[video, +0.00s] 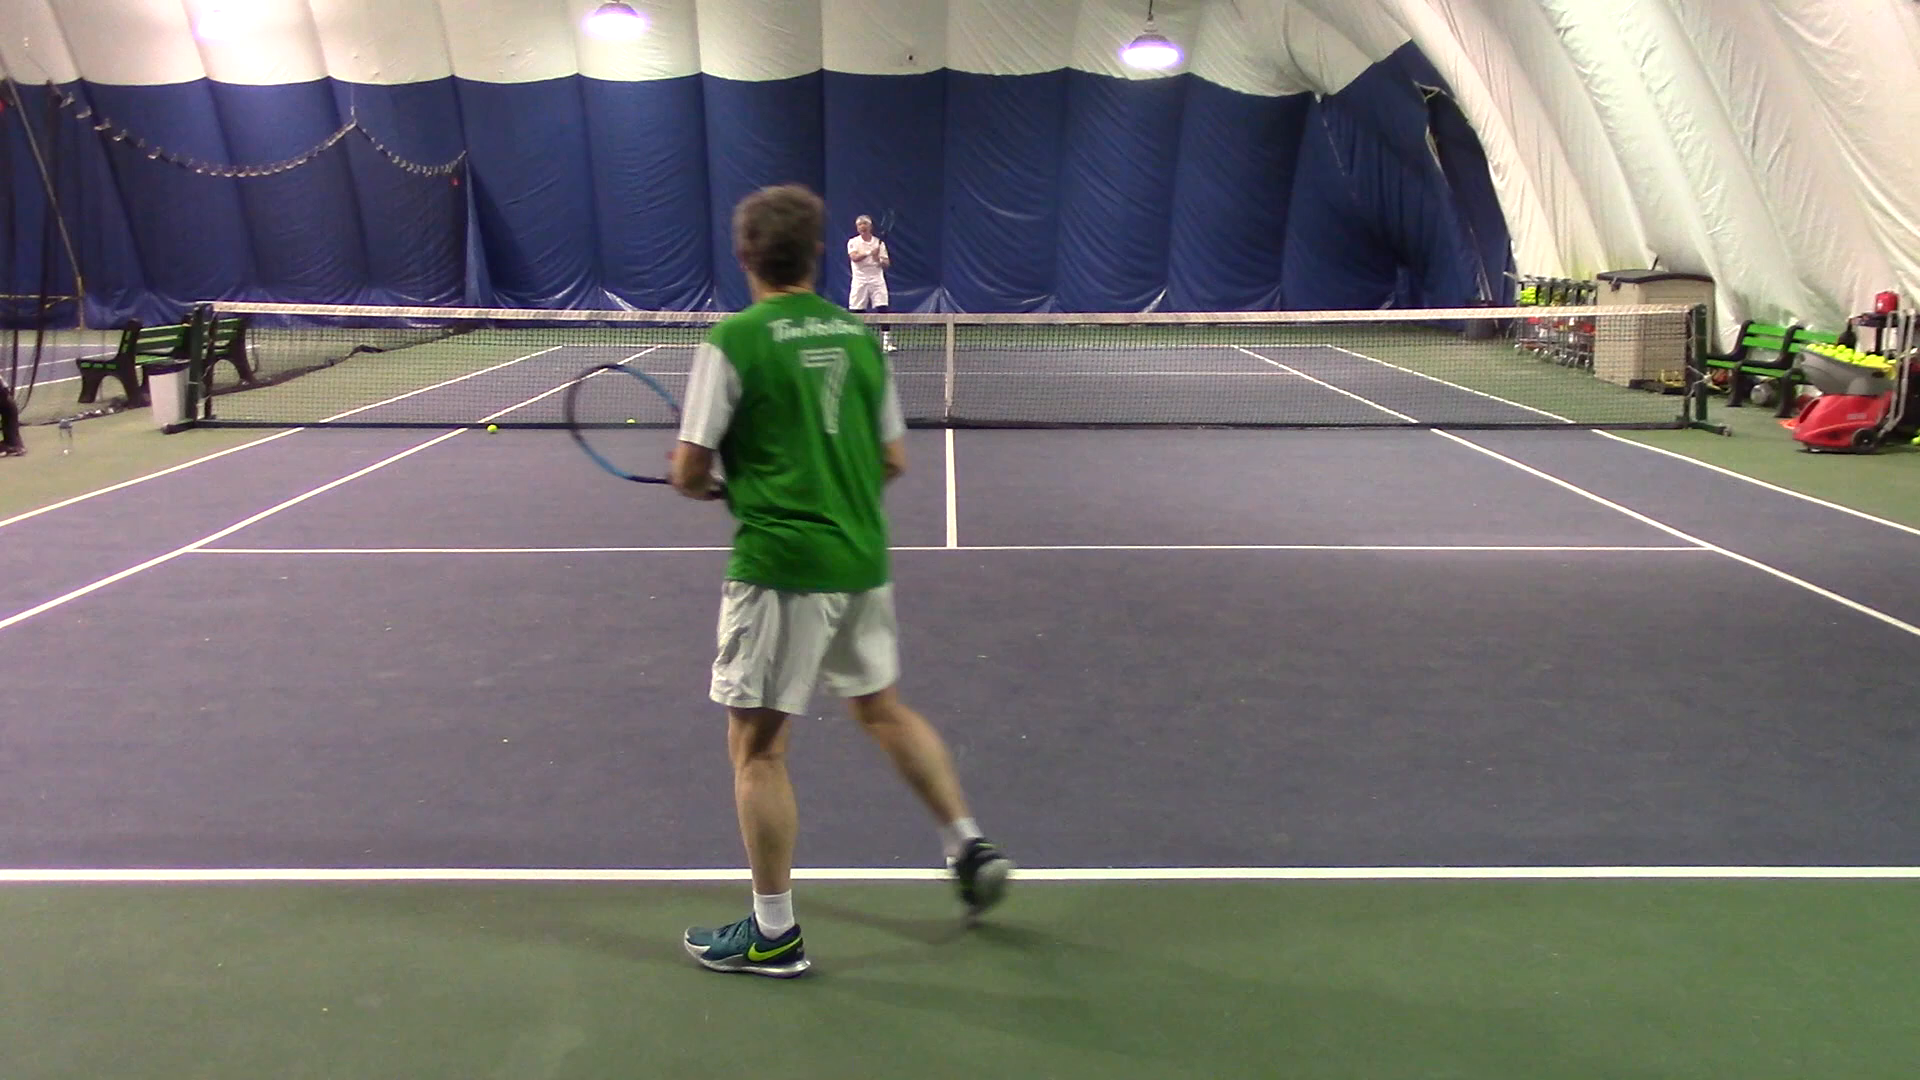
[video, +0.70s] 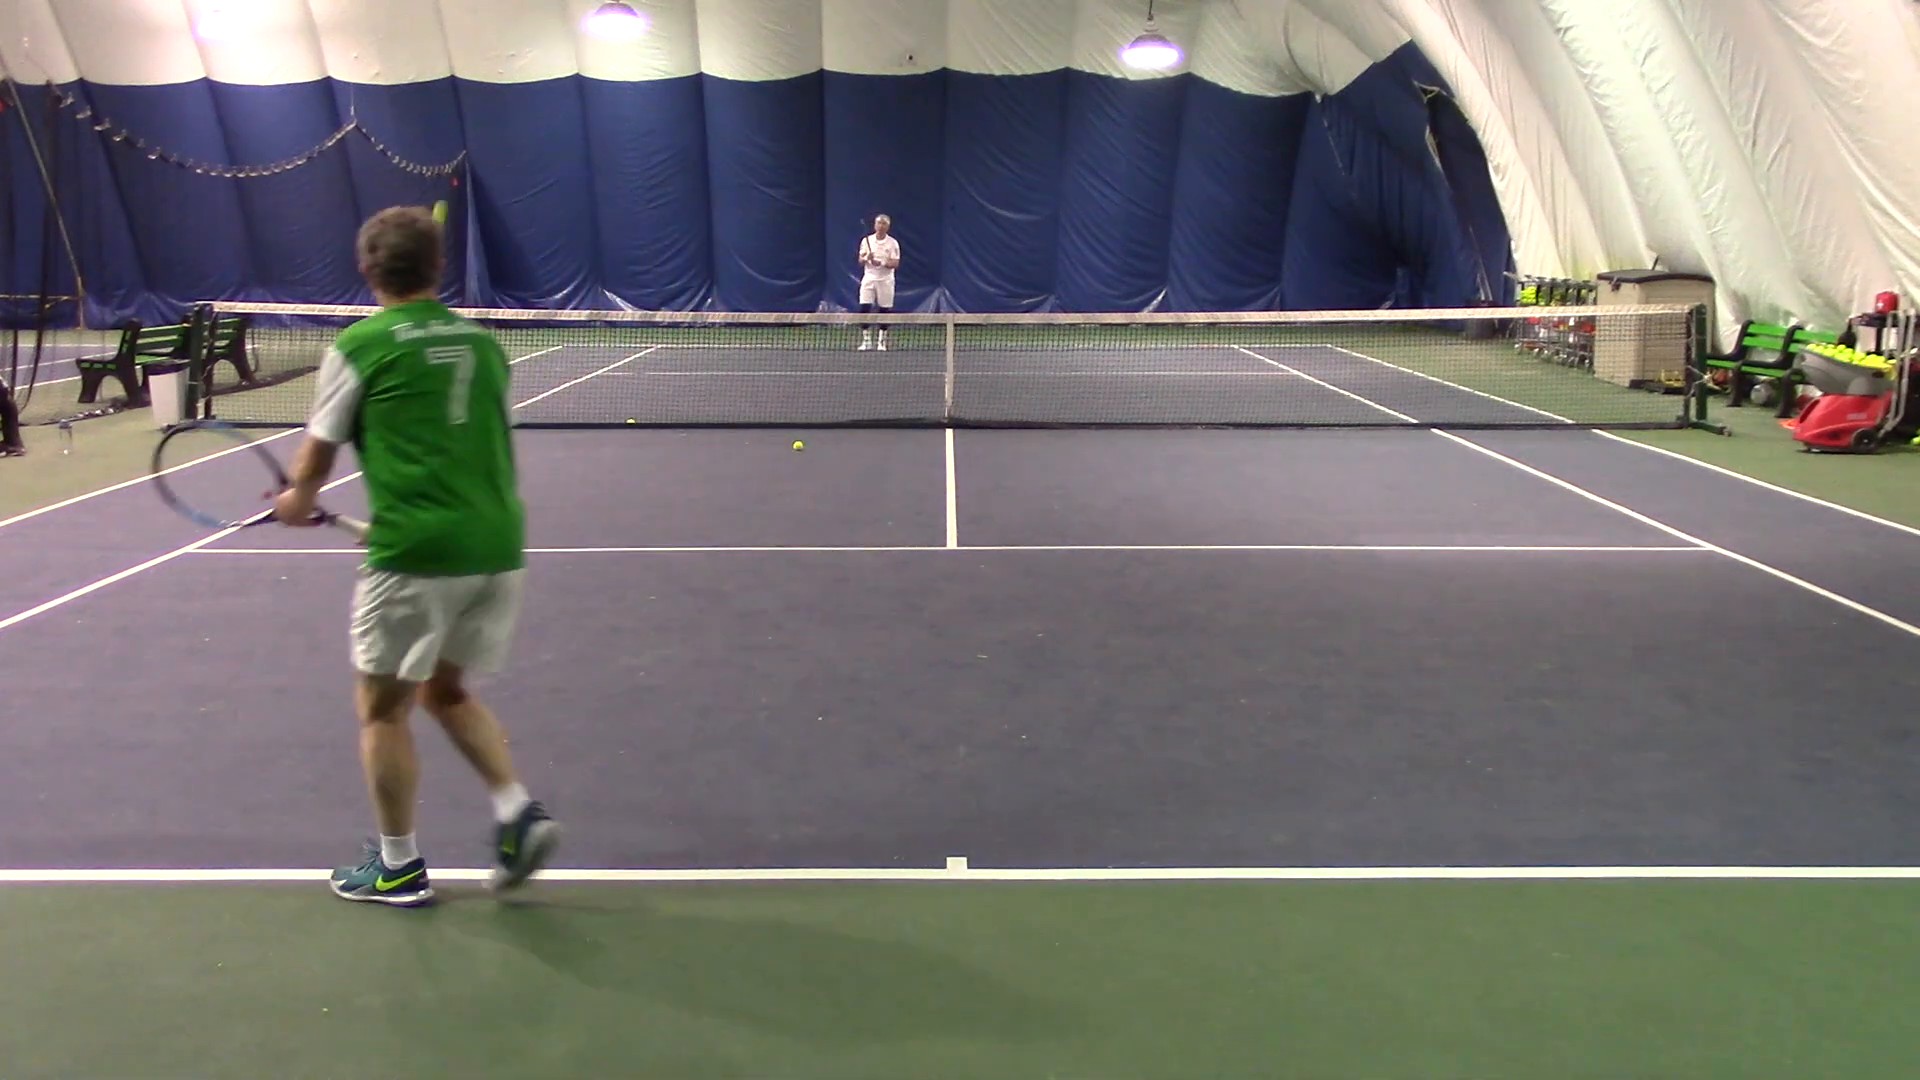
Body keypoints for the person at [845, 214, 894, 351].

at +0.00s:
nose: (863, 231)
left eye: (865, 228)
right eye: (860, 229)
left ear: (870, 227)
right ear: (857, 229)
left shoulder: (879, 243)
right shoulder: (853, 242)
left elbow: (886, 263)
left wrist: (877, 257)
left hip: (877, 279)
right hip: (859, 280)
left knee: (882, 309)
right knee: (856, 311)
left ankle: (886, 340)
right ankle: (854, 342)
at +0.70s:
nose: (880, 226)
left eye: (883, 223)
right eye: (878, 223)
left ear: (888, 226)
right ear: (875, 225)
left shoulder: (893, 243)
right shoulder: (866, 241)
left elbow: (896, 262)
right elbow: (860, 260)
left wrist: (883, 262)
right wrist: (867, 257)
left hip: (886, 279)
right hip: (869, 277)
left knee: (885, 310)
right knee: (865, 307)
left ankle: (882, 340)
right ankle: (866, 339)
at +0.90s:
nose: (886, 231)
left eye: (889, 229)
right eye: (884, 228)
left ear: (893, 229)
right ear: (880, 227)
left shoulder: (898, 245)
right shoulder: (871, 242)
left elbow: (899, 263)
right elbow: (864, 260)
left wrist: (885, 262)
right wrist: (871, 256)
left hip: (888, 281)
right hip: (872, 280)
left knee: (886, 311)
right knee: (872, 310)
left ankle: (882, 341)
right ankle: (878, 335)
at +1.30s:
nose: (892, 227)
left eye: (895, 224)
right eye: (890, 224)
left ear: (899, 226)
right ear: (886, 225)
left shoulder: (905, 242)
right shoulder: (879, 241)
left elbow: (902, 260)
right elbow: (874, 259)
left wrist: (888, 258)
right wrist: (880, 254)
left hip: (900, 278)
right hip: (885, 278)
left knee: (896, 305)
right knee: (887, 306)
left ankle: (893, 336)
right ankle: (893, 335)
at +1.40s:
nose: (896, 226)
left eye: (898, 224)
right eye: (894, 223)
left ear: (902, 225)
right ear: (889, 225)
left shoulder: (908, 240)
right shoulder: (883, 240)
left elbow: (904, 257)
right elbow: (877, 256)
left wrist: (888, 255)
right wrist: (882, 252)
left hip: (903, 277)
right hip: (888, 277)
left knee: (904, 306)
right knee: (891, 307)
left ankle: (904, 337)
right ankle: (893, 336)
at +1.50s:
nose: (900, 226)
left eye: (903, 223)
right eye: (898, 222)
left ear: (906, 225)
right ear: (894, 224)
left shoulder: (911, 240)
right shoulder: (888, 240)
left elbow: (907, 256)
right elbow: (882, 257)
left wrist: (892, 255)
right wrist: (885, 250)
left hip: (908, 277)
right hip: (892, 276)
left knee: (912, 306)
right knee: (891, 307)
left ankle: (919, 333)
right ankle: (894, 337)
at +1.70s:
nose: (910, 229)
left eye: (913, 227)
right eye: (908, 226)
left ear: (917, 229)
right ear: (905, 228)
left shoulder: (922, 244)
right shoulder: (898, 244)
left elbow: (918, 260)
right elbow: (892, 262)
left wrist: (903, 261)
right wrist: (895, 256)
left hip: (920, 280)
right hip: (903, 280)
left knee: (928, 308)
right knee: (896, 307)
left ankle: (939, 332)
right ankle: (894, 337)